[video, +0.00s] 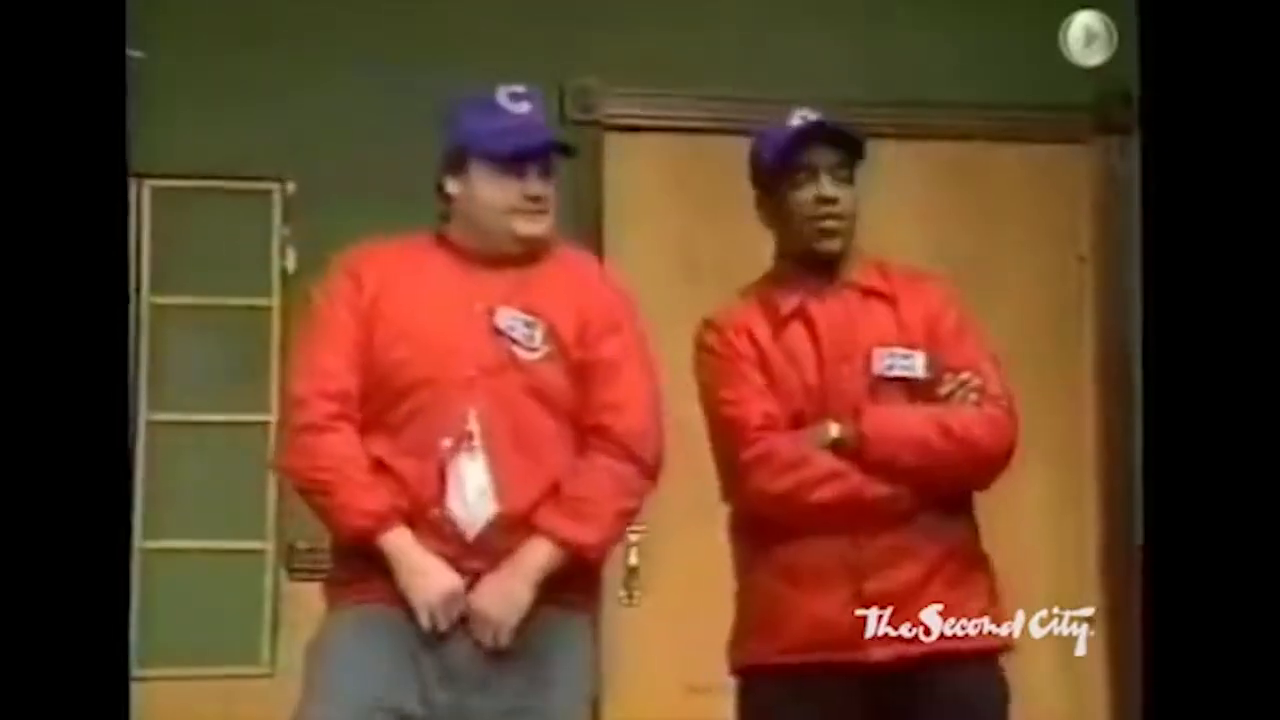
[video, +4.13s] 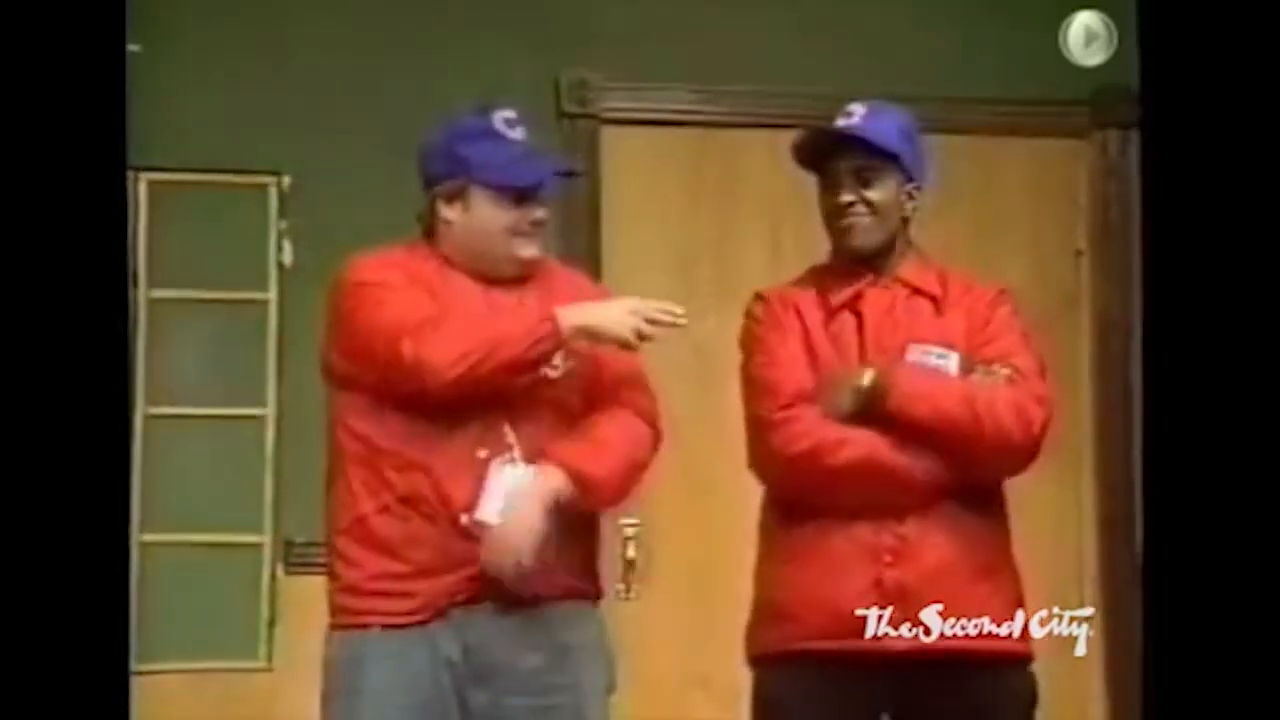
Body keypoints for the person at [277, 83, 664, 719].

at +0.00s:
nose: (536, 187)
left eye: (546, 169)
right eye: (511, 169)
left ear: (559, 178)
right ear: (453, 184)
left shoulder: (589, 289)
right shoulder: (369, 277)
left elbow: (627, 448)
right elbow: (315, 432)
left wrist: (525, 568)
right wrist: (404, 551)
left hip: (542, 616)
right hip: (384, 612)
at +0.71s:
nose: (463, 212)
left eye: (469, 194)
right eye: (438, 197)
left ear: (482, 198)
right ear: (377, 209)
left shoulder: (519, 312)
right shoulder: (293, 303)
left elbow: (559, 469)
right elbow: (249, 465)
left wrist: (483, 586)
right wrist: (355, 578)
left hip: (480, 626)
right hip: (322, 627)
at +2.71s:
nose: (554, 213)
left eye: (554, 196)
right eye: (532, 199)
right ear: (467, 211)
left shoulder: (596, 314)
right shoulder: (370, 303)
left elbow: (640, 467)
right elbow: (318, 452)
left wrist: (566, 579)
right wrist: (416, 562)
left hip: (554, 631)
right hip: (396, 631)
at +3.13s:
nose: (553, 211)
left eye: (553, 194)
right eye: (530, 196)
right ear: (466, 208)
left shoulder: (595, 311)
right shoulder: (370, 302)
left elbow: (642, 462)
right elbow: (334, 450)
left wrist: (572, 576)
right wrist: (429, 559)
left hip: (554, 632)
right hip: (398, 632)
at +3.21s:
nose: (553, 211)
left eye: (553, 194)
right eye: (529, 196)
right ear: (464, 208)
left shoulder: (591, 310)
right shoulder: (377, 294)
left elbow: (642, 460)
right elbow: (362, 427)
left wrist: (572, 569)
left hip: (549, 631)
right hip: (396, 636)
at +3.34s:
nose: (553, 211)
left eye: (551, 193)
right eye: (527, 196)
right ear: (463, 209)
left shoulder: (587, 309)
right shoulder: (378, 286)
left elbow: (638, 461)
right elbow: (416, 393)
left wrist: (573, 573)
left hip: (546, 629)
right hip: (396, 637)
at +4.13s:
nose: (539, 212)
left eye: (541, 196)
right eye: (517, 197)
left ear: (550, 199)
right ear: (450, 206)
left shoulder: (572, 292)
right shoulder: (374, 283)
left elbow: (634, 418)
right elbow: (434, 362)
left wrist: (548, 486)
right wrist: (566, 320)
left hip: (549, 623)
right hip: (395, 631)